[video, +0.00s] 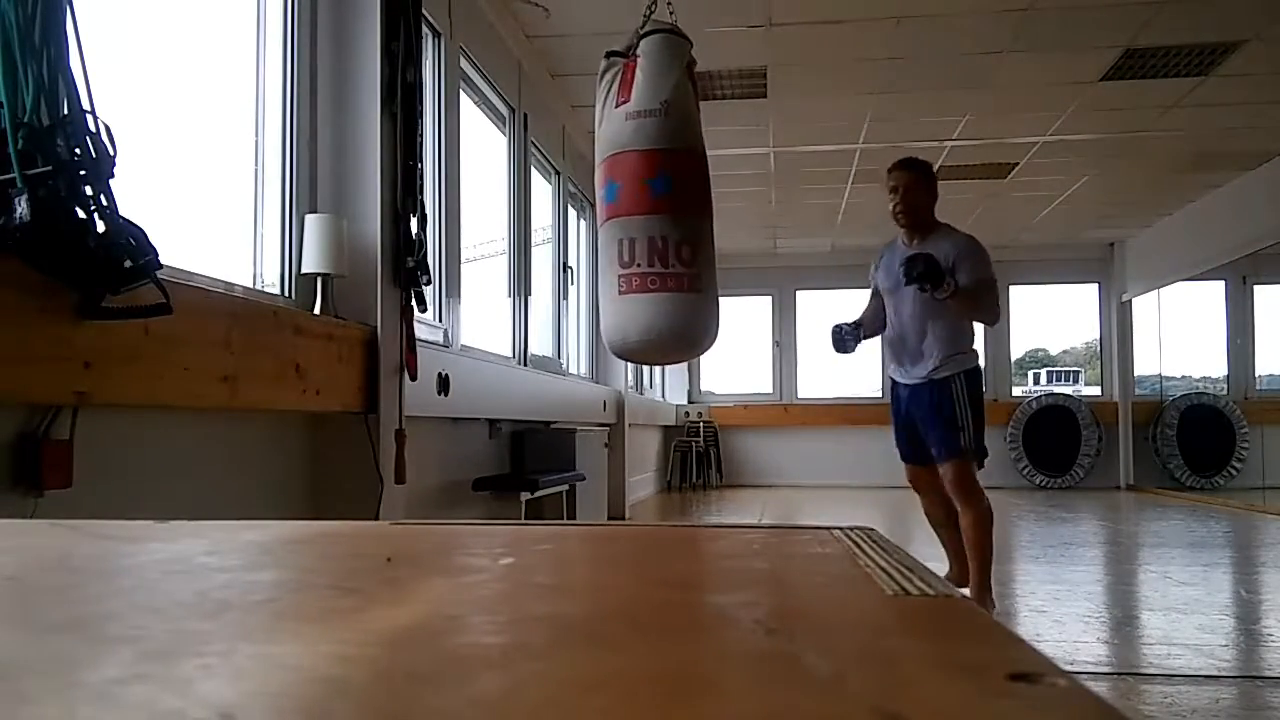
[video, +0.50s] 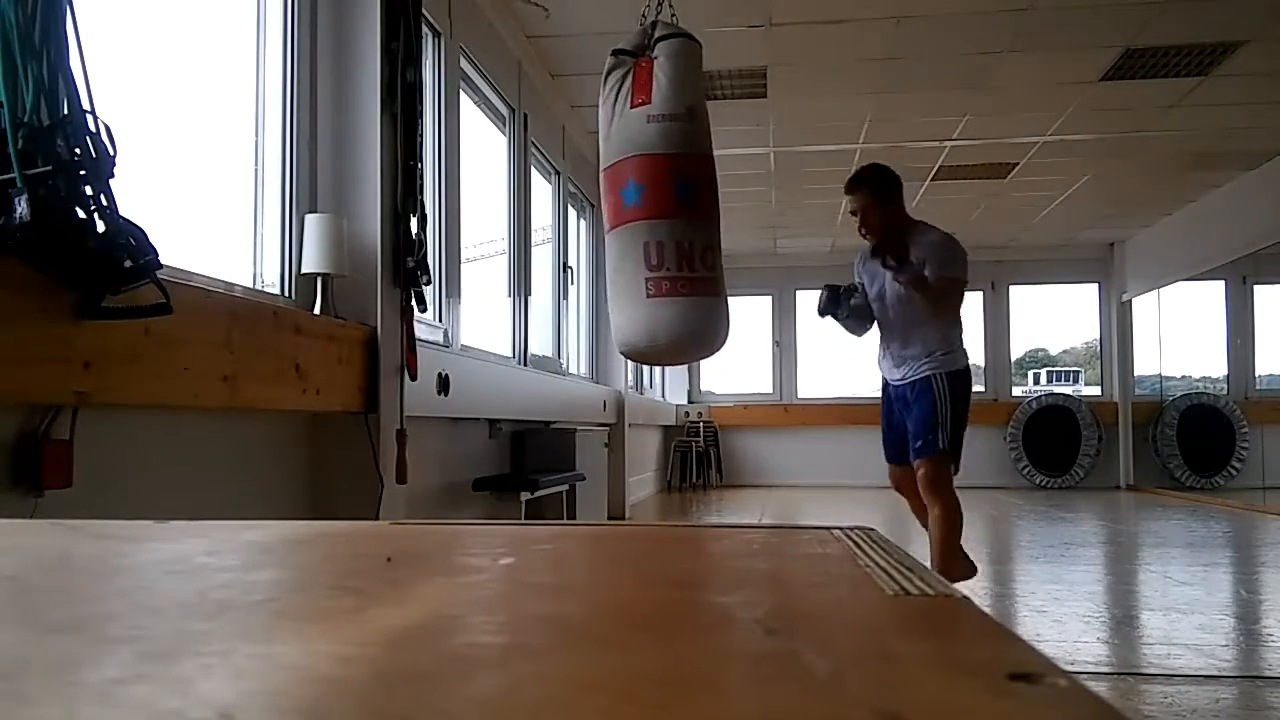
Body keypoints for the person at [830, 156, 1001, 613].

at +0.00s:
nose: (896, 201)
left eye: (906, 190)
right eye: (891, 192)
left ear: (931, 193)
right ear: (887, 199)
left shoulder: (962, 248)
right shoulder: (887, 259)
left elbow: (991, 313)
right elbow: (879, 313)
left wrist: (945, 288)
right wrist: (855, 329)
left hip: (950, 378)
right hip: (904, 383)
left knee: (960, 484)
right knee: (923, 481)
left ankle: (983, 594)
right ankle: (959, 568)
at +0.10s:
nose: (880, 210)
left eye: (888, 200)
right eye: (876, 202)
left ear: (915, 199)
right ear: (877, 208)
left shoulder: (953, 247)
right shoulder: (881, 264)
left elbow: (988, 309)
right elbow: (877, 320)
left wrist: (941, 295)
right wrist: (858, 331)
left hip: (950, 373)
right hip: (905, 382)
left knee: (951, 469)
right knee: (917, 480)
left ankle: (979, 582)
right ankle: (959, 568)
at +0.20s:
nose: (869, 208)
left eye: (876, 197)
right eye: (865, 199)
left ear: (904, 194)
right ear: (867, 204)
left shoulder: (950, 235)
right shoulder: (878, 256)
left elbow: (990, 290)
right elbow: (885, 319)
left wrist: (940, 279)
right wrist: (864, 309)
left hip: (948, 366)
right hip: (903, 373)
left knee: (949, 465)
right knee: (915, 473)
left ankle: (967, 583)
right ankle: (953, 563)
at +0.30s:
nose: (866, 214)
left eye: (872, 203)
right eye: (861, 206)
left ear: (900, 197)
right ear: (867, 208)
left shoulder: (948, 237)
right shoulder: (878, 257)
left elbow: (987, 288)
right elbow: (867, 323)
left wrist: (941, 274)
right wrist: (857, 299)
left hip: (945, 368)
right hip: (901, 375)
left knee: (944, 466)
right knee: (918, 474)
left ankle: (950, 580)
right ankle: (962, 564)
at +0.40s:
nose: (863, 223)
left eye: (868, 211)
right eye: (859, 214)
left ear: (898, 205)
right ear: (868, 213)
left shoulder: (944, 246)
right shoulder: (874, 263)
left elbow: (973, 309)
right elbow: (856, 331)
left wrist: (932, 287)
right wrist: (845, 303)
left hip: (940, 374)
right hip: (897, 381)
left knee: (938, 476)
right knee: (922, 480)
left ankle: (944, 588)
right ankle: (965, 569)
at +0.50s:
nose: (858, 224)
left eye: (861, 213)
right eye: (854, 215)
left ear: (891, 204)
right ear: (873, 211)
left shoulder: (940, 246)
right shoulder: (867, 260)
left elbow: (947, 309)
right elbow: (863, 322)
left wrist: (914, 278)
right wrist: (841, 307)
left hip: (938, 371)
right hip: (895, 376)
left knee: (932, 477)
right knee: (902, 477)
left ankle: (938, 583)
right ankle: (957, 561)